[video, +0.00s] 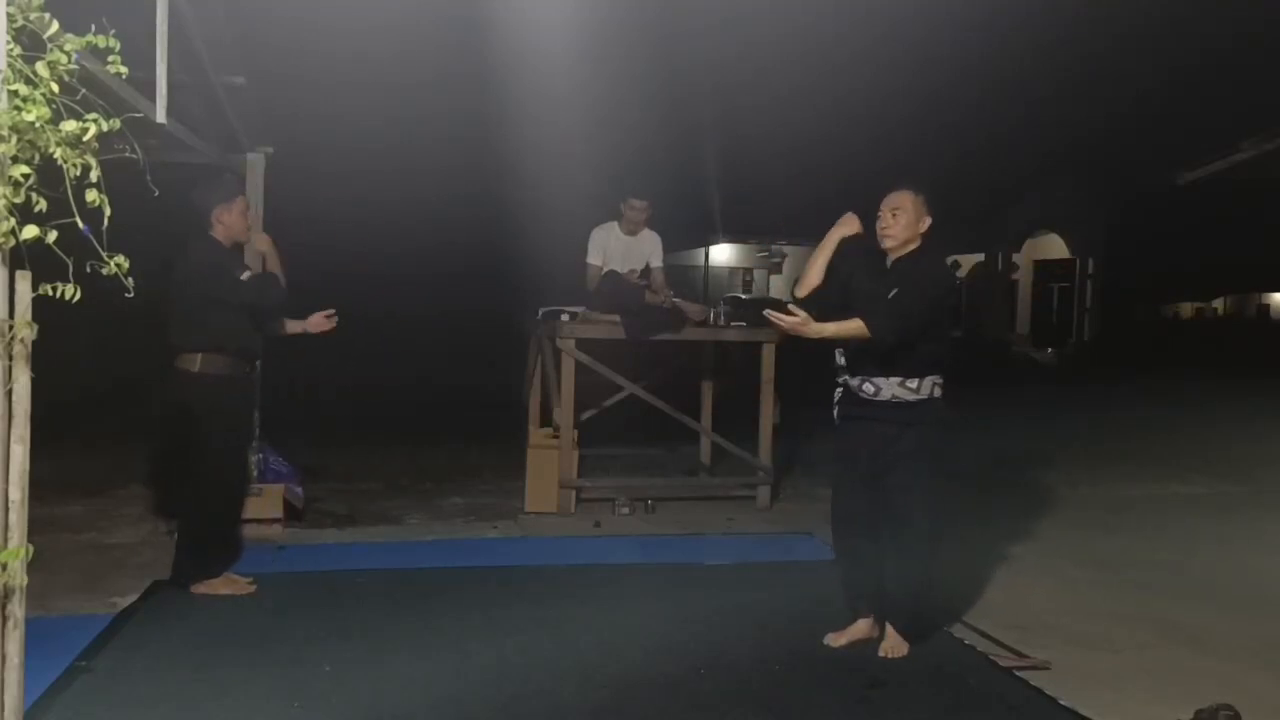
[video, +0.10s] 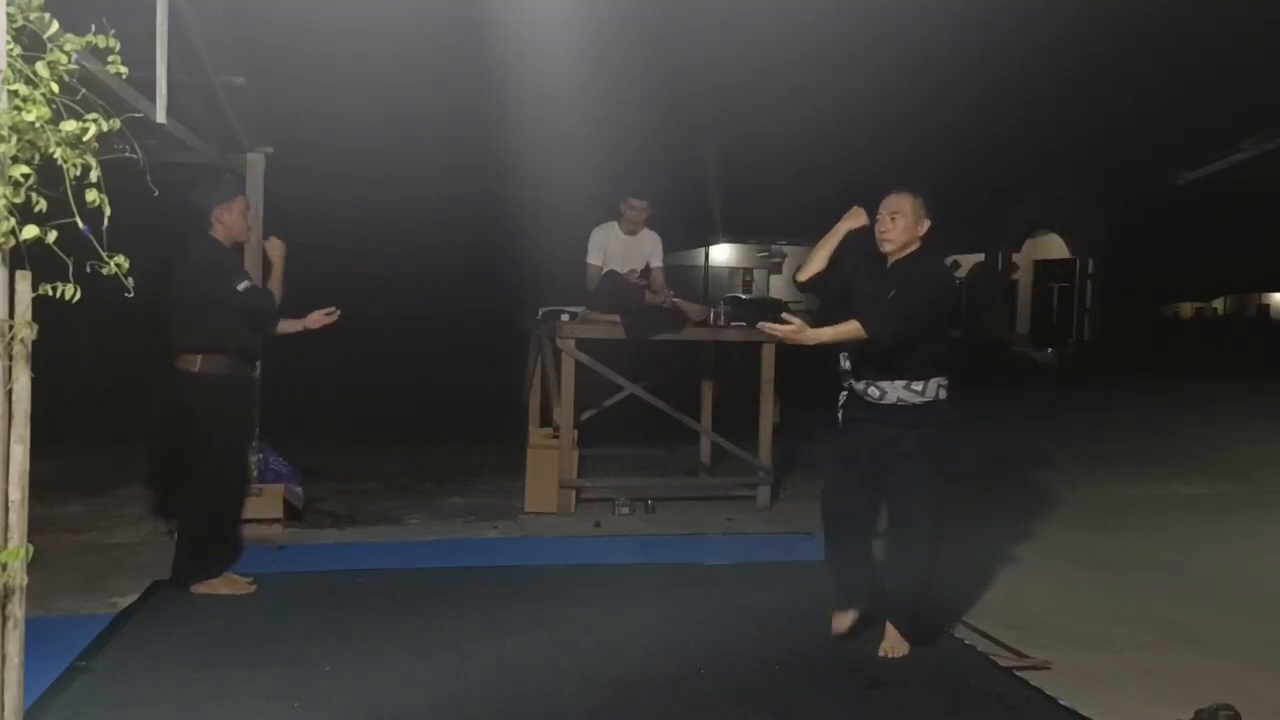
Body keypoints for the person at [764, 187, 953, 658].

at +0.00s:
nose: (884, 221)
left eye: (895, 213)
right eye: (880, 215)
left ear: (924, 224)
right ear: (875, 224)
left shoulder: (935, 274)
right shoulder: (860, 263)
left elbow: (889, 324)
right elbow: (806, 296)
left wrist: (818, 330)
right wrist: (833, 237)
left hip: (911, 415)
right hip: (857, 411)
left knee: (905, 517)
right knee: (852, 513)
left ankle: (899, 625)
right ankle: (864, 616)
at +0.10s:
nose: (883, 225)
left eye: (895, 217)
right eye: (880, 218)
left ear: (923, 226)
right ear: (875, 227)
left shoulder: (933, 277)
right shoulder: (864, 266)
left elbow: (883, 325)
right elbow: (807, 278)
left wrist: (814, 336)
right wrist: (842, 229)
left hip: (916, 414)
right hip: (861, 408)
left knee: (909, 518)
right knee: (842, 505)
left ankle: (900, 620)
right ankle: (851, 597)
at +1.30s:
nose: (836, 295)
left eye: (846, 287)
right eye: (830, 287)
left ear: (869, 291)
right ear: (825, 290)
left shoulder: (886, 334)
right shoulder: (819, 322)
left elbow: (859, 383)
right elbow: (784, 321)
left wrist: (805, 352)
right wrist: (753, 322)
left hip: (873, 451)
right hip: (820, 447)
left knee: (888, 533)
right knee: (796, 514)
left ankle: (896, 620)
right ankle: (792, 565)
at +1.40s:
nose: (836, 294)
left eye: (846, 286)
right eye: (830, 287)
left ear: (870, 290)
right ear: (825, 290)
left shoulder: (886, 334)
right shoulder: (819, 321)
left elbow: (859, 383)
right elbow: (784, 321)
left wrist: (805, 353)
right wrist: (753, 323)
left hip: (872, 451)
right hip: (820, 446)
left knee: (888, 533)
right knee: (796, 514)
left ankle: (896, 620)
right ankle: (792, 565)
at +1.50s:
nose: (835, 294)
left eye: (846, 285)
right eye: (830, 286)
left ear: (870, 289)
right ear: (825, 289)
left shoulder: (886, 333)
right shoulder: (820, 321)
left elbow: (858, 383)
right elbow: (783, 318)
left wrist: (804, 352)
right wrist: (752, 318)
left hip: (871, 450)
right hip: (819, 445)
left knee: (886, 533)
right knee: (797, 512)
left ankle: (896, 622)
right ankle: (792, 564)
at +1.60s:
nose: (835, 293)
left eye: (846, 284)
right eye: (830, 285)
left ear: (869, 288)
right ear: (825, 288)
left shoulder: (885, 332)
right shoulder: (818, 319)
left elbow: (858, 383)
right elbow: (781, 316)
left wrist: (803, 352)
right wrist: (751, 313)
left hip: (870, 446)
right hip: (817, 441)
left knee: (885, 531)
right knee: (797, 509)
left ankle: (896, 620)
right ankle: (791, 564)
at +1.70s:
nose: (836, 294)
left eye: (846, 286)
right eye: (829, 286)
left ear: (870, 289)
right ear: (825, 289)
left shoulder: (887, 332)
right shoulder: (816, 321)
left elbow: (862, 381)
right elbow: (776, 316)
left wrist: (811, 352)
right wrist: (735, 314)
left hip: (870, 446)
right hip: (817, 443)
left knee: (886, 527)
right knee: (796, 508)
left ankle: (895, 620)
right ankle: (791, 565)